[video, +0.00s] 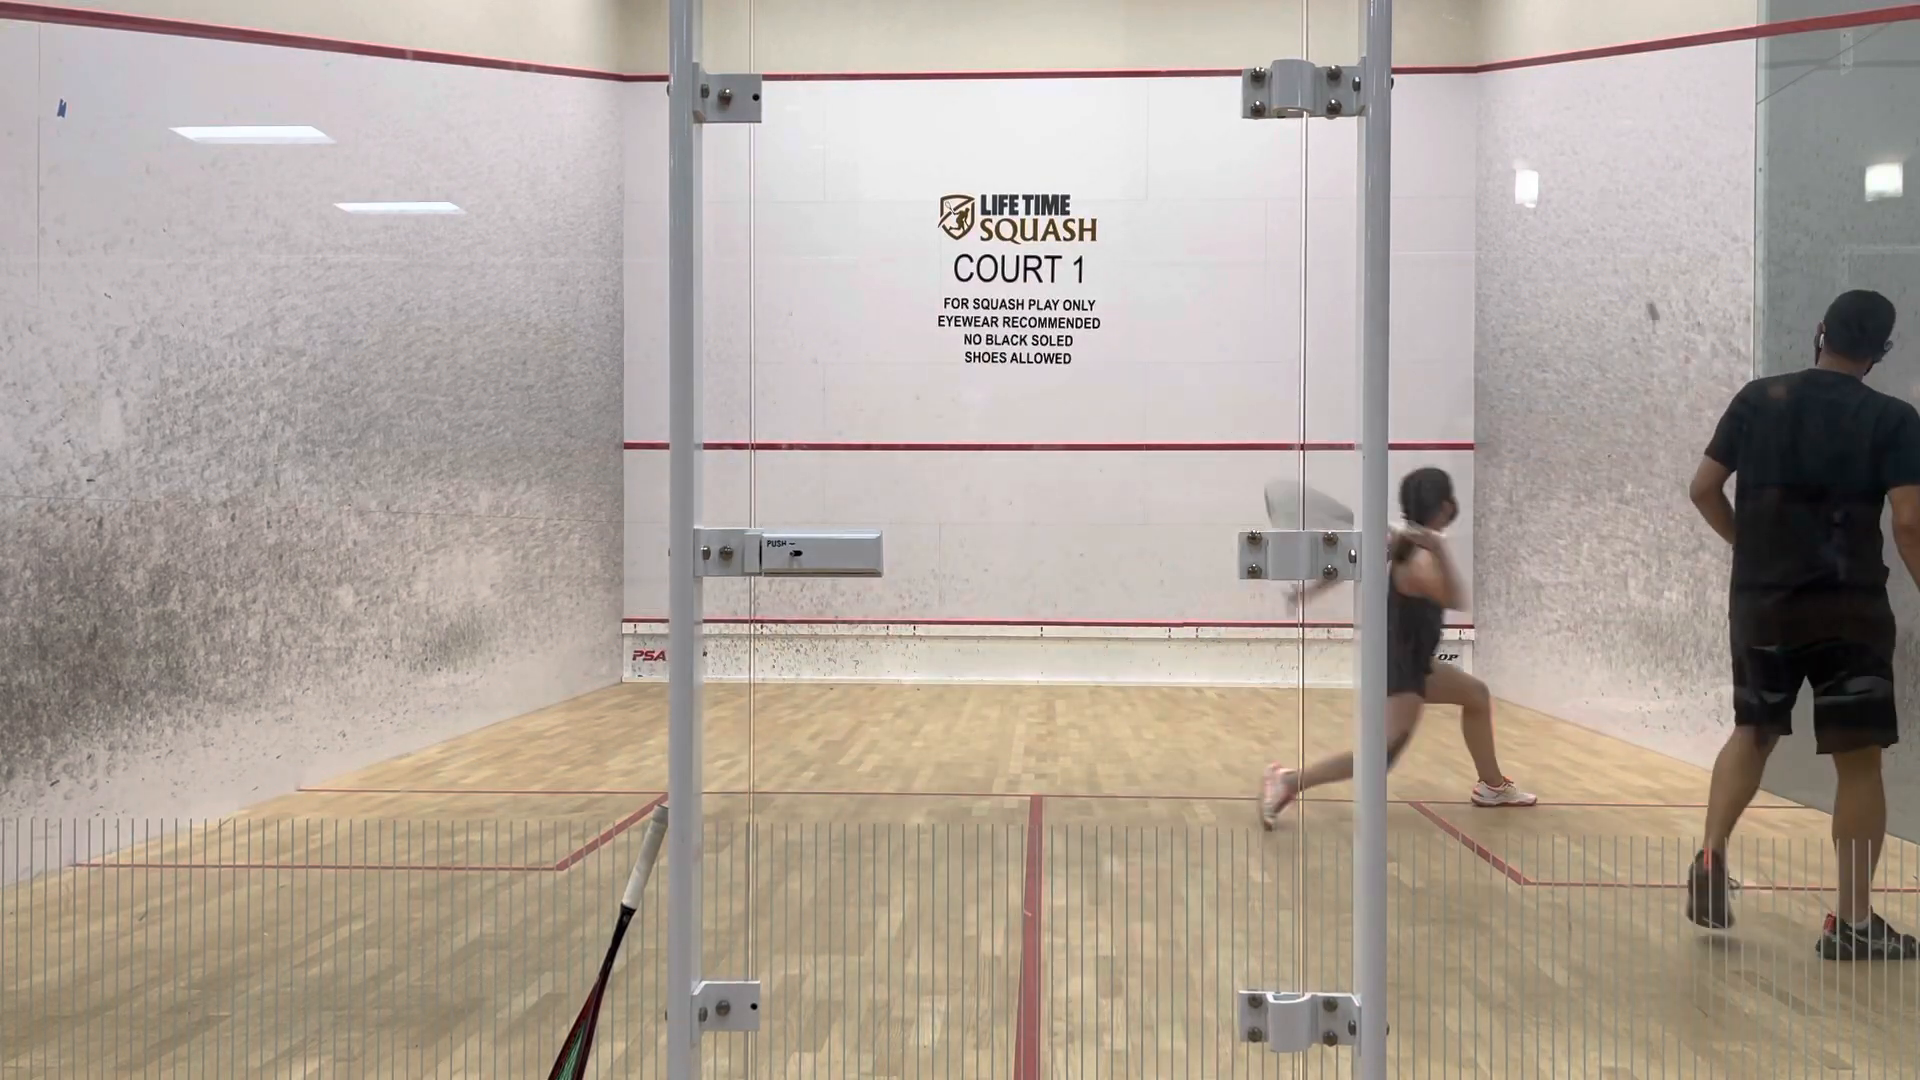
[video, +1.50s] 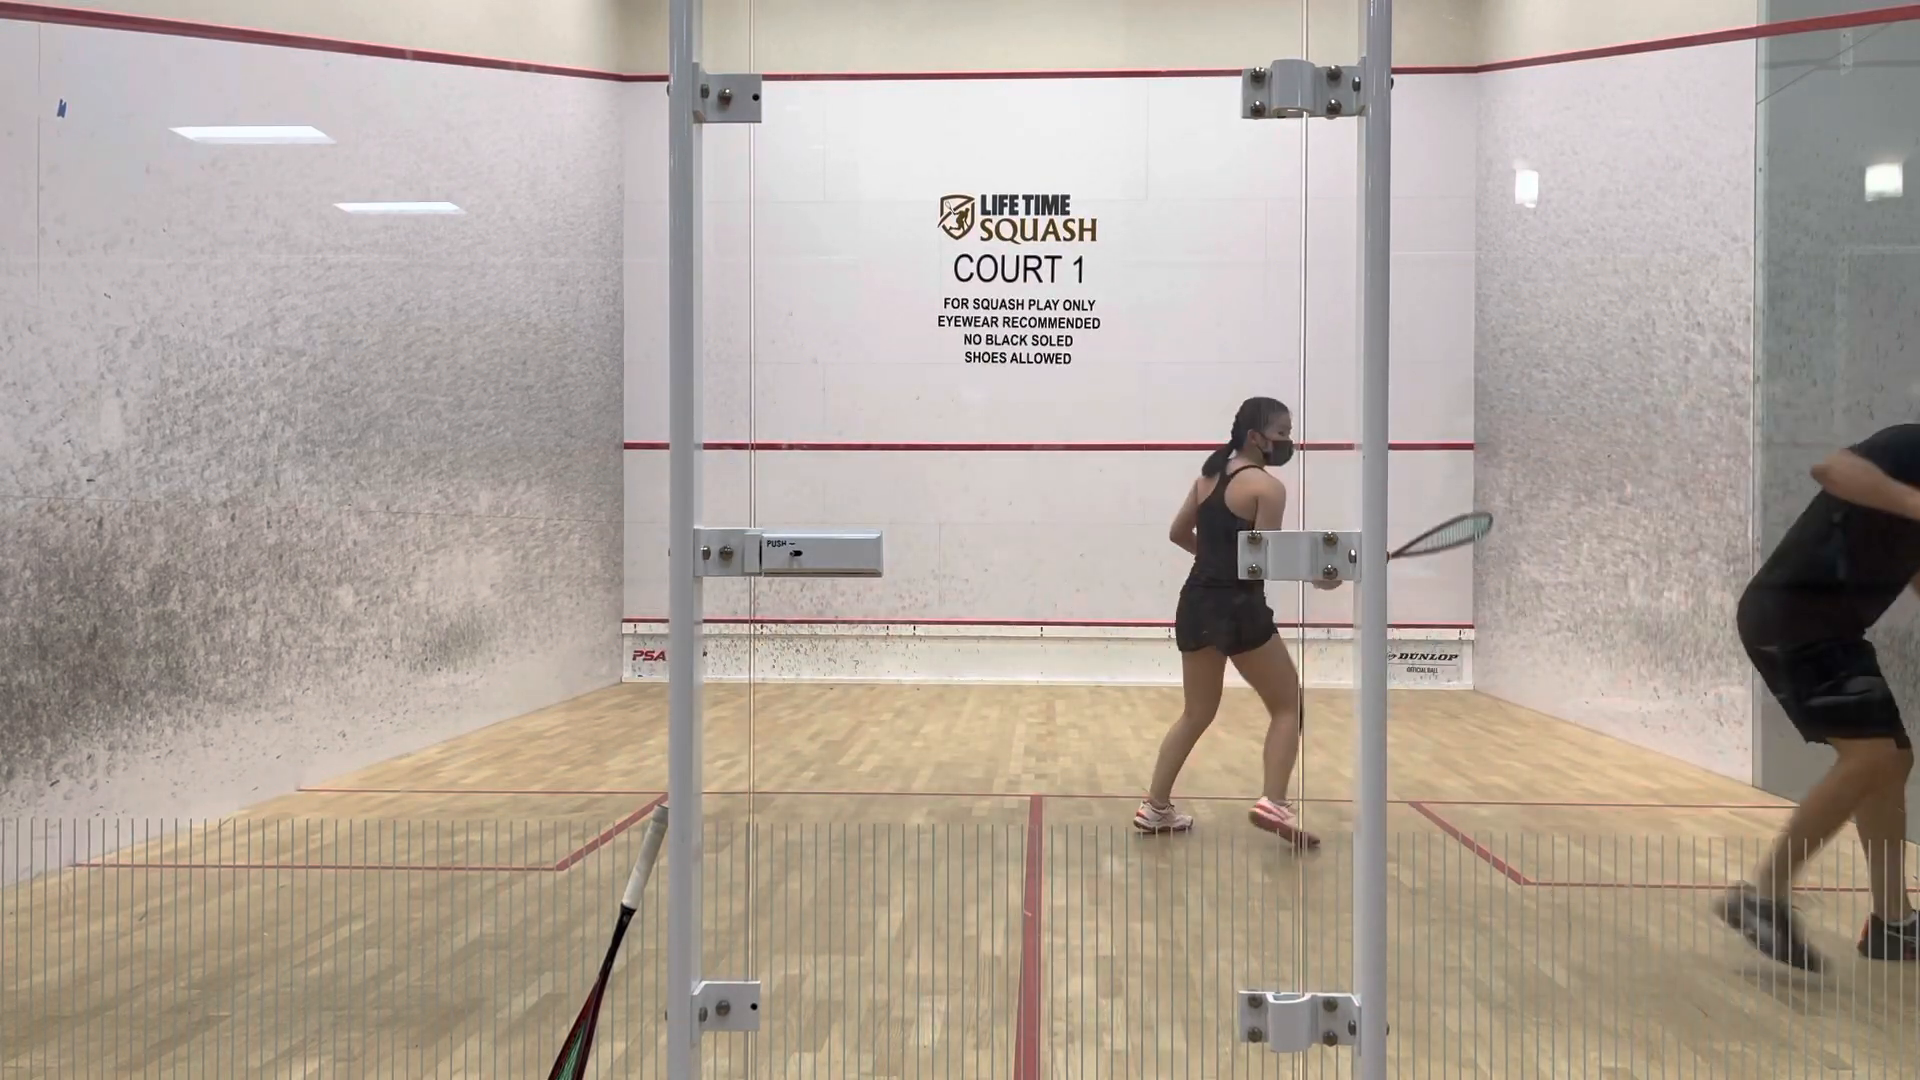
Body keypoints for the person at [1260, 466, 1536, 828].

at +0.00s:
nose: (1455, 505)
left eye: (1452, 498)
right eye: (1450, 499)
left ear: (1412, 506)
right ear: (1441, 507)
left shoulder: (1398, 545)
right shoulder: (1421, 560)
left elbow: (1351, 566)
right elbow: (1456, 600)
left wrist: (1306, 593)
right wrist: (1439, 548)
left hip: (1410, 667)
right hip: (1400, 672)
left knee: (1476, 694)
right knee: (1379, 759)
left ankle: (1492, 784)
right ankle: (1289, 781)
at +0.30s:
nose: (1504, 492)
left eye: (1501, 485)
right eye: (1502, 485)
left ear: (1457, 493)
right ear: (1496, 493)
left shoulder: (1433, 533)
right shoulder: (1511, 542)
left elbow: (1405, 585)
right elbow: (1505, 583)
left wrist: (1439, 556)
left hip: (1417, 648)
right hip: (1452, 659)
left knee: (1495, 689)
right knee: (1461, 753)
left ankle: (1497, 782)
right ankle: (1366, 762)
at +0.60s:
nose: (1456, 463)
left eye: (1454, 457)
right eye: (1454, 457)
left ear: (1408, 463)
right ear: (1449, 464)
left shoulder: (1392, 508)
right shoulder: (1465, 515)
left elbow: (1370, 551)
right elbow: (1481, 573)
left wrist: (1330, 569)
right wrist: (1446, 566)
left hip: (1397, 628)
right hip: (1439, 631)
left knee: (1457, 715)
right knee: (1452, 731)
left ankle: (1488, 782)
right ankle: (1385, 790)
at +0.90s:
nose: (1399, 436)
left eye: (1396, 428)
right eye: (1395, 430)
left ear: (1346, 433)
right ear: (1388, 437)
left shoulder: (1325, 483)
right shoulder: (1393, 487)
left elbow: (1296, 537)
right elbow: (1413, 555)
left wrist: (1327, 561)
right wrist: (1447, 572)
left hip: (1330, 605)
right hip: (1377, 606)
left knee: (1361, 689)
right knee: (1397, 707)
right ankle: (1372, 802)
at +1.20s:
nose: (1329, 451)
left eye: (1327, 443)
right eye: (1321, 444)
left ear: (1285, 451)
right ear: (1297, 449)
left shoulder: (1264, 494)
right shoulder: (1303, 502)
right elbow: (1310, 571)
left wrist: (1355, 563)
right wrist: (1358, 588)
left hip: (1244, 614)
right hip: (1285, 618)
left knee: (1224, 719)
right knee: (1337, 707)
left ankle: (1160, 795)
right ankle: (1364, 803)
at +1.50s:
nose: (1288, 439)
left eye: (1289, 432)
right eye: (1282, 432)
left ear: (1246, 437)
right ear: (1255, 435)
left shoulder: (1210, 474)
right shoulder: (1268, 487)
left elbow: (1179, 532)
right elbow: (1268, 557)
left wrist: (1215, 556)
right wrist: (1318, 575)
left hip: (1196, 605)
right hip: (1240, 610)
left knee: (1196, 713)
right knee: (1286, 705)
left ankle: (1155, 806)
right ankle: (1274, 801)